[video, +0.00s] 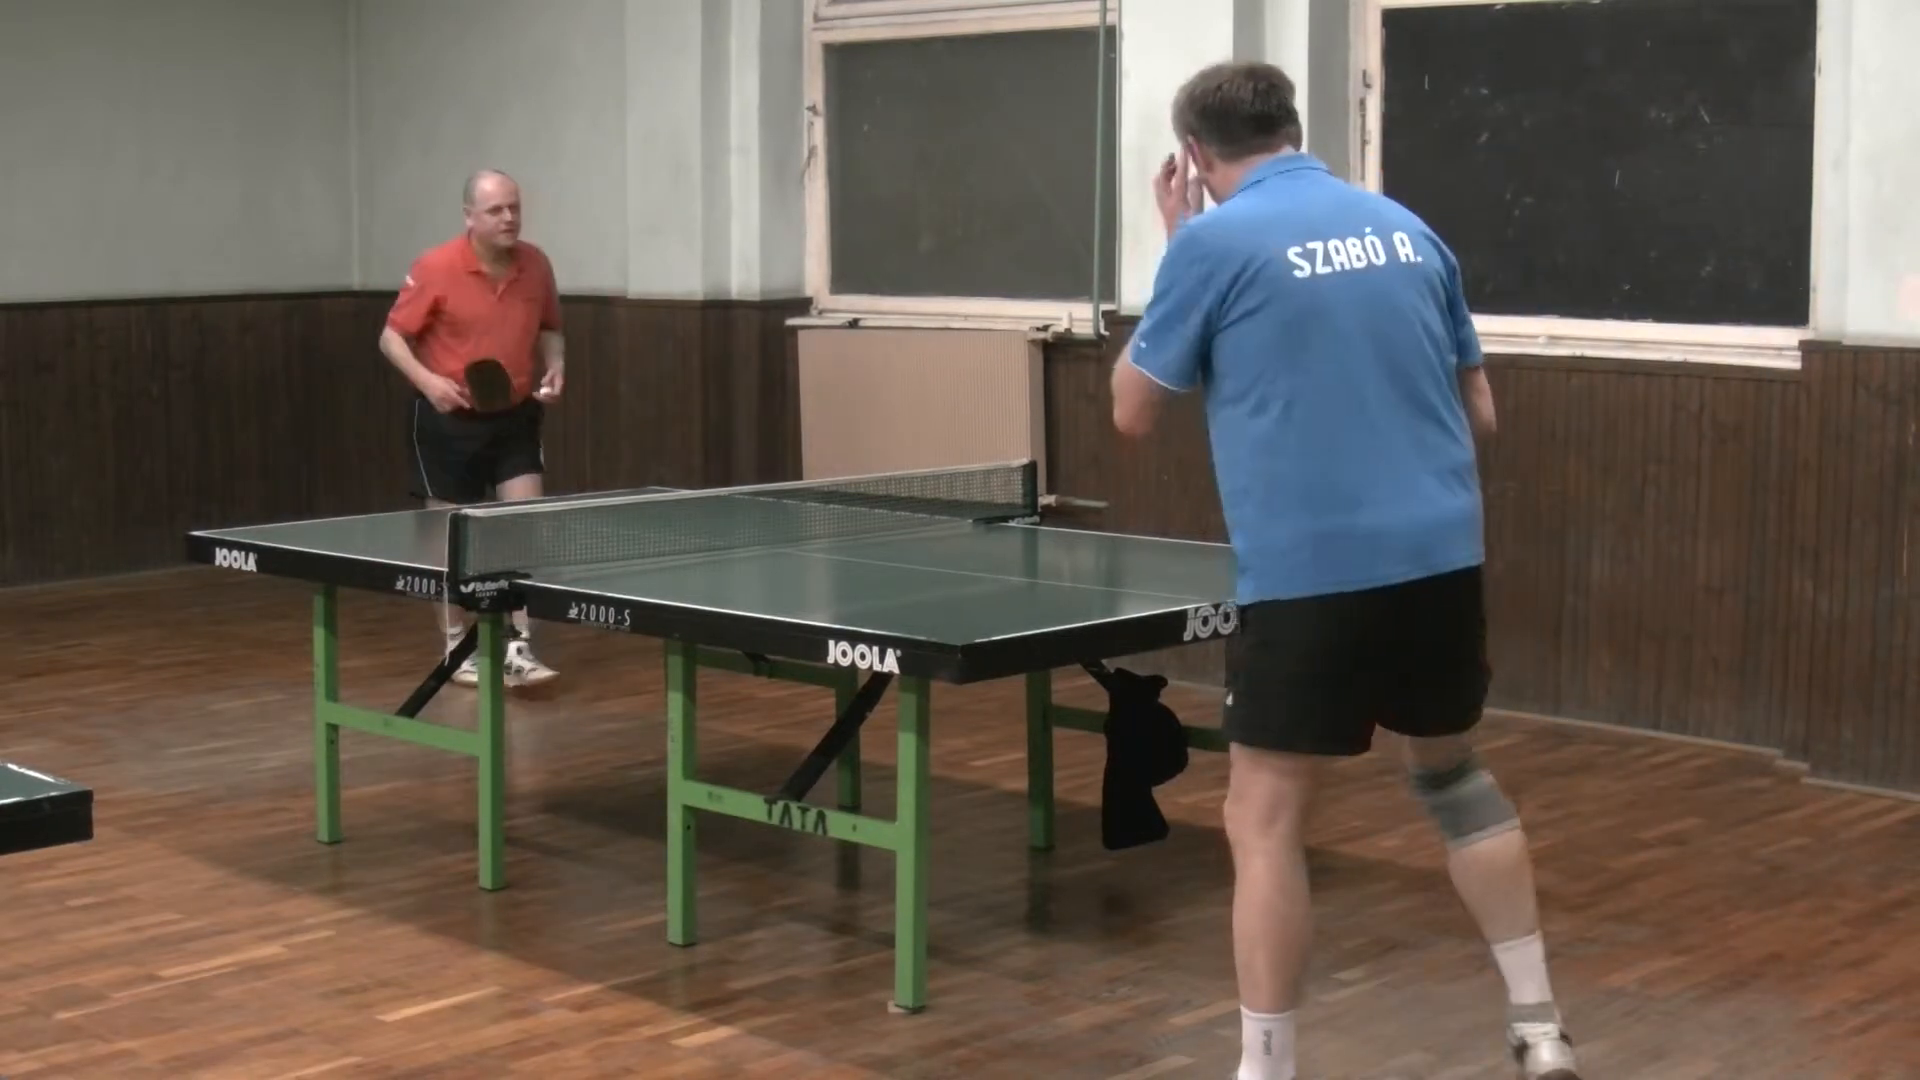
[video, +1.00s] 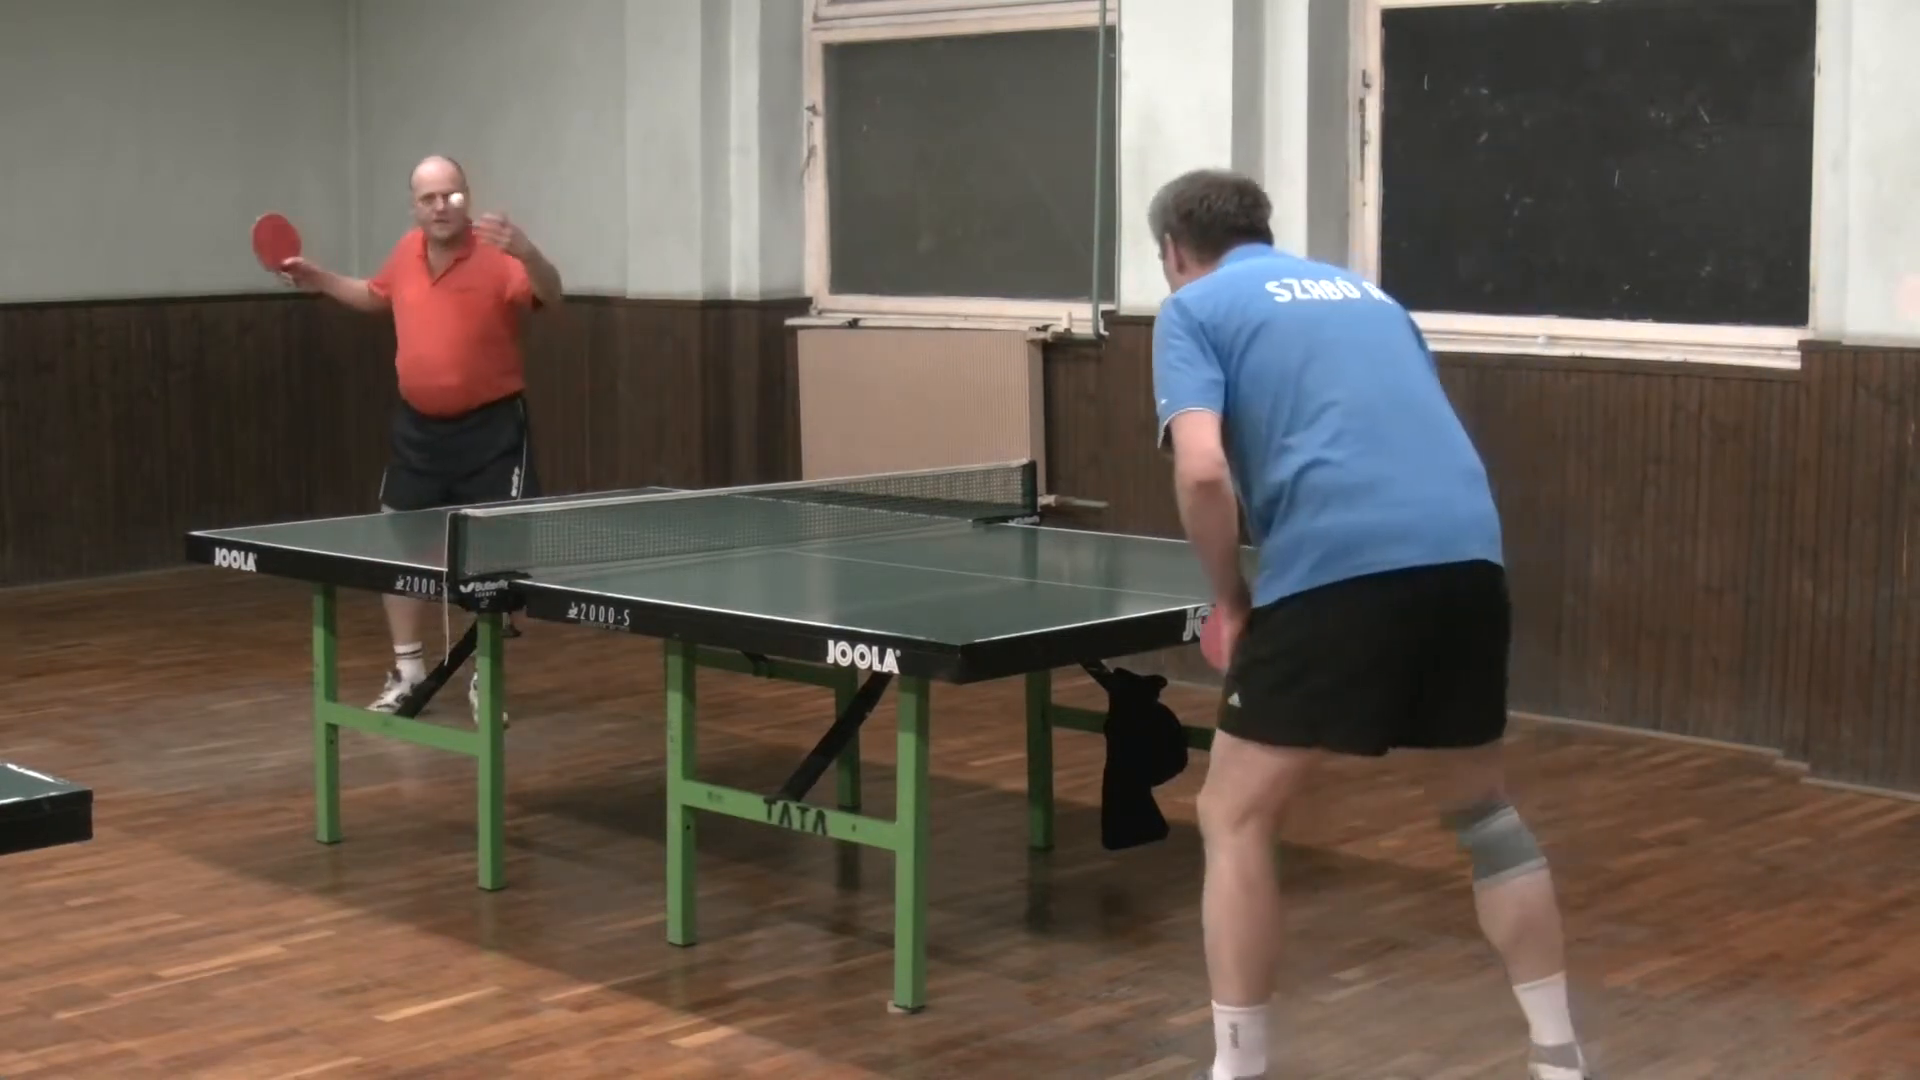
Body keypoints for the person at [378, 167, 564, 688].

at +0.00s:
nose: (508, 220)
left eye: (514, 209)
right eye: (495, 212)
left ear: (521, 212)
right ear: (469, 217)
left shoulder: (535, 265)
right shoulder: (436, 268)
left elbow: (550, 330)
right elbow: (390, 338)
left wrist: (554, 368)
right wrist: (428, 381)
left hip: (516, 412)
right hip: (450, 415)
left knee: (526, 516)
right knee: (452, 529)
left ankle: (517, 643)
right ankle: (457, 645)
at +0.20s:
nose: (501, 226)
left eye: (508, 216)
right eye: (489, 218)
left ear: (517, 220)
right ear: (464, 223)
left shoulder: (537, 277)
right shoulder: (430, 272)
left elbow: (560, 343)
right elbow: (388, 343)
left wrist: (560, 385)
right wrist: (416, 377)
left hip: (511, 428)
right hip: (440, 430)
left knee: (503, 523)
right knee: (448, 543)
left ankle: (496, 618)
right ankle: (462, 654)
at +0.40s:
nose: (504, 227)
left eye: (512, 217)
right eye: (492, 218)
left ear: (522, 221)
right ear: (468, 220)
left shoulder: (539, 281)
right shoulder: (434, 265)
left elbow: (569, 353)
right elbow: (392, 322)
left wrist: (571, 404)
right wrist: (386, 356)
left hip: (505, 434)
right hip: (434, 432)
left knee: (495, 547)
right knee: (440, 552)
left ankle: (481, 661)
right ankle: (464, 662)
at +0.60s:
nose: (494, 217)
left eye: (502, 207)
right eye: (481, 208)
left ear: (511, 208)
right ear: (457, 210)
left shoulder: (530, 268)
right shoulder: (431, 253)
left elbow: (565, 329)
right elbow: (404, 309)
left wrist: (586, 365)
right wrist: (364, 324)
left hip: (500, 430)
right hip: (431, 429)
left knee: (497, 549)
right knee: (427, 548)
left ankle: (486, 664)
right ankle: (455, 661)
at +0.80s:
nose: (476, 211)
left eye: (484, 200)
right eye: (463, 201)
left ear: (494, 202)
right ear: (441, 204)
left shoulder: (515, 257)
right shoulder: (427, 250)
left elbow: (558, 309)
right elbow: (402, 308)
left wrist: (564, 281)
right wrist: (353, 299)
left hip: (494, 425)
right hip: (425, 424)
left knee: (494, 553)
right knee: (409, 547)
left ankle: (484, 680)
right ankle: (418, 673)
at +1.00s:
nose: (441, 206)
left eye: (451, 195)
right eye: (429, 198)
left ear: (468, 198)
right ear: (414, 205)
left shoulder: (497, 257)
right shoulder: (410, 249)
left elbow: (550, 297)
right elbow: (376, 295)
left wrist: (526, 251)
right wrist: (320, 280)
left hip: (490, 425)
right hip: (419, 426)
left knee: (492, 554)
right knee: (402, 547)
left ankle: (485, 673)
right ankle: (410, 673)